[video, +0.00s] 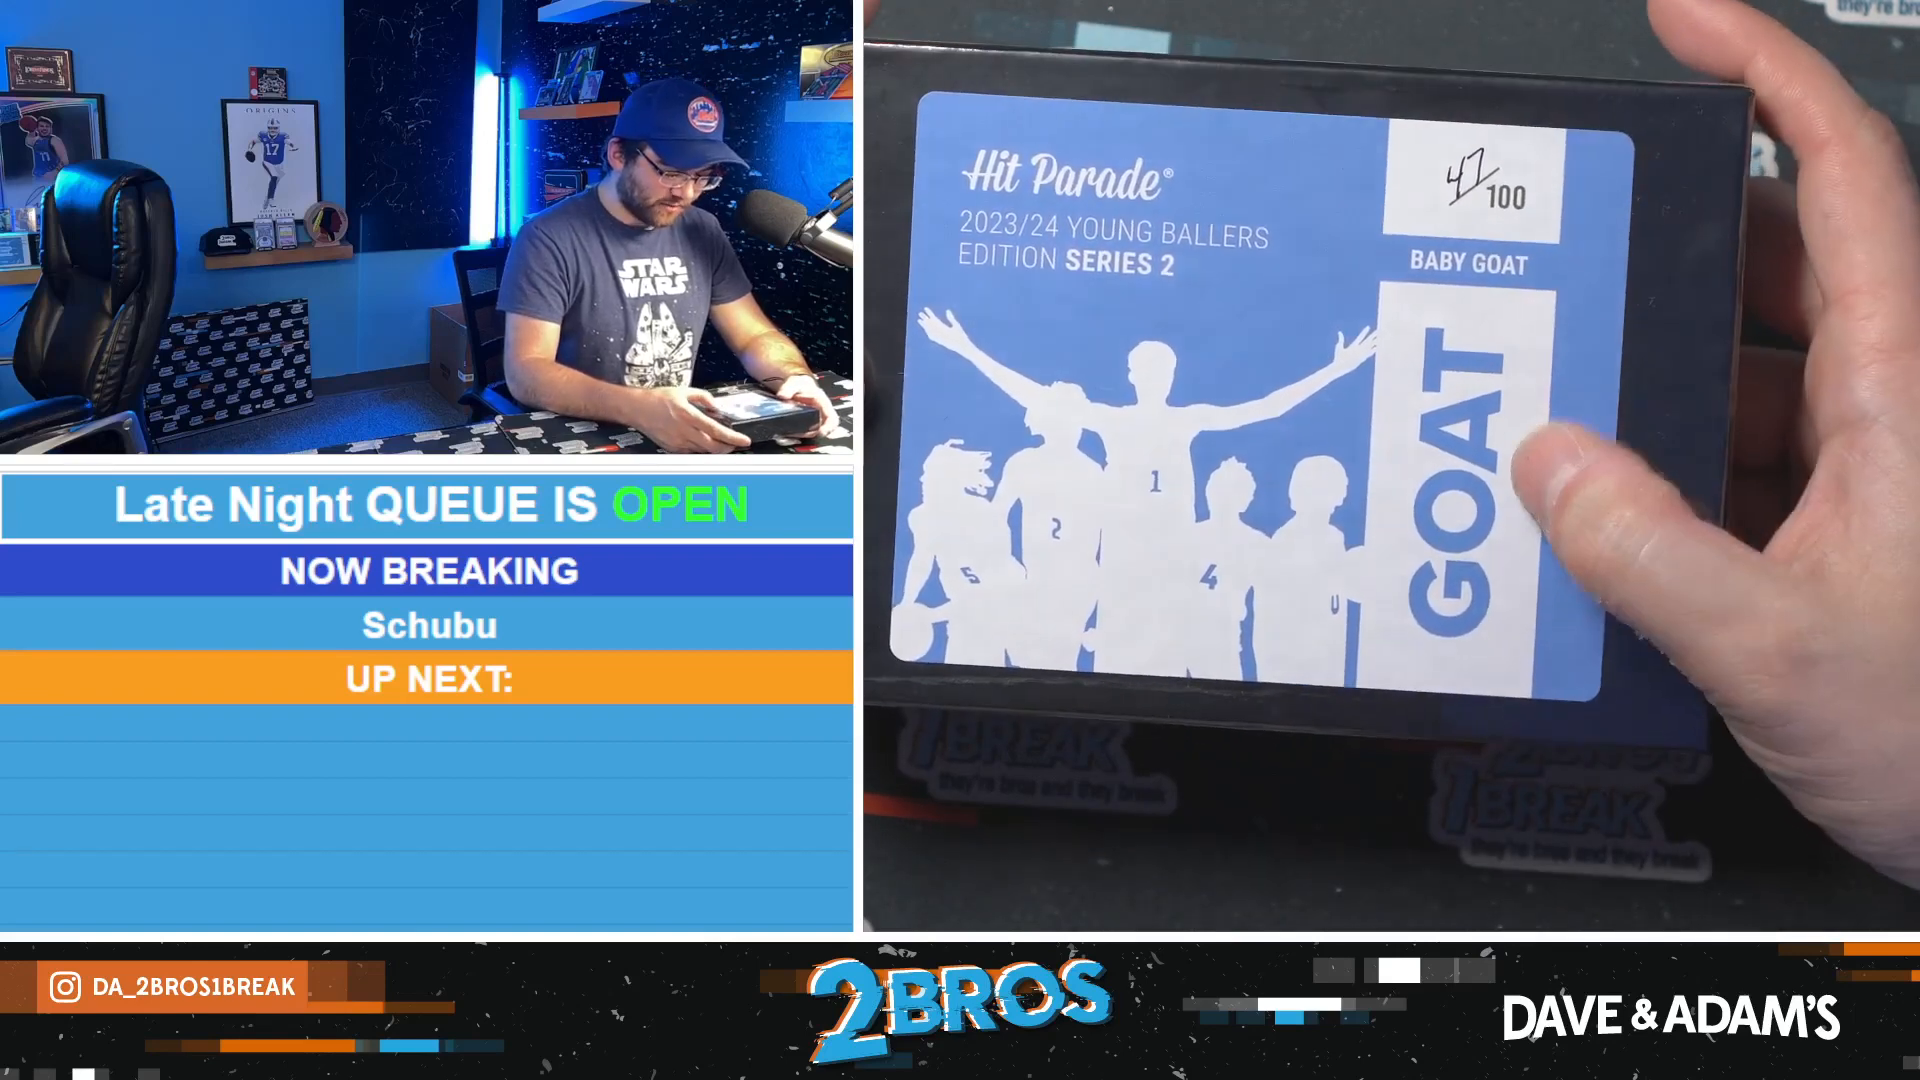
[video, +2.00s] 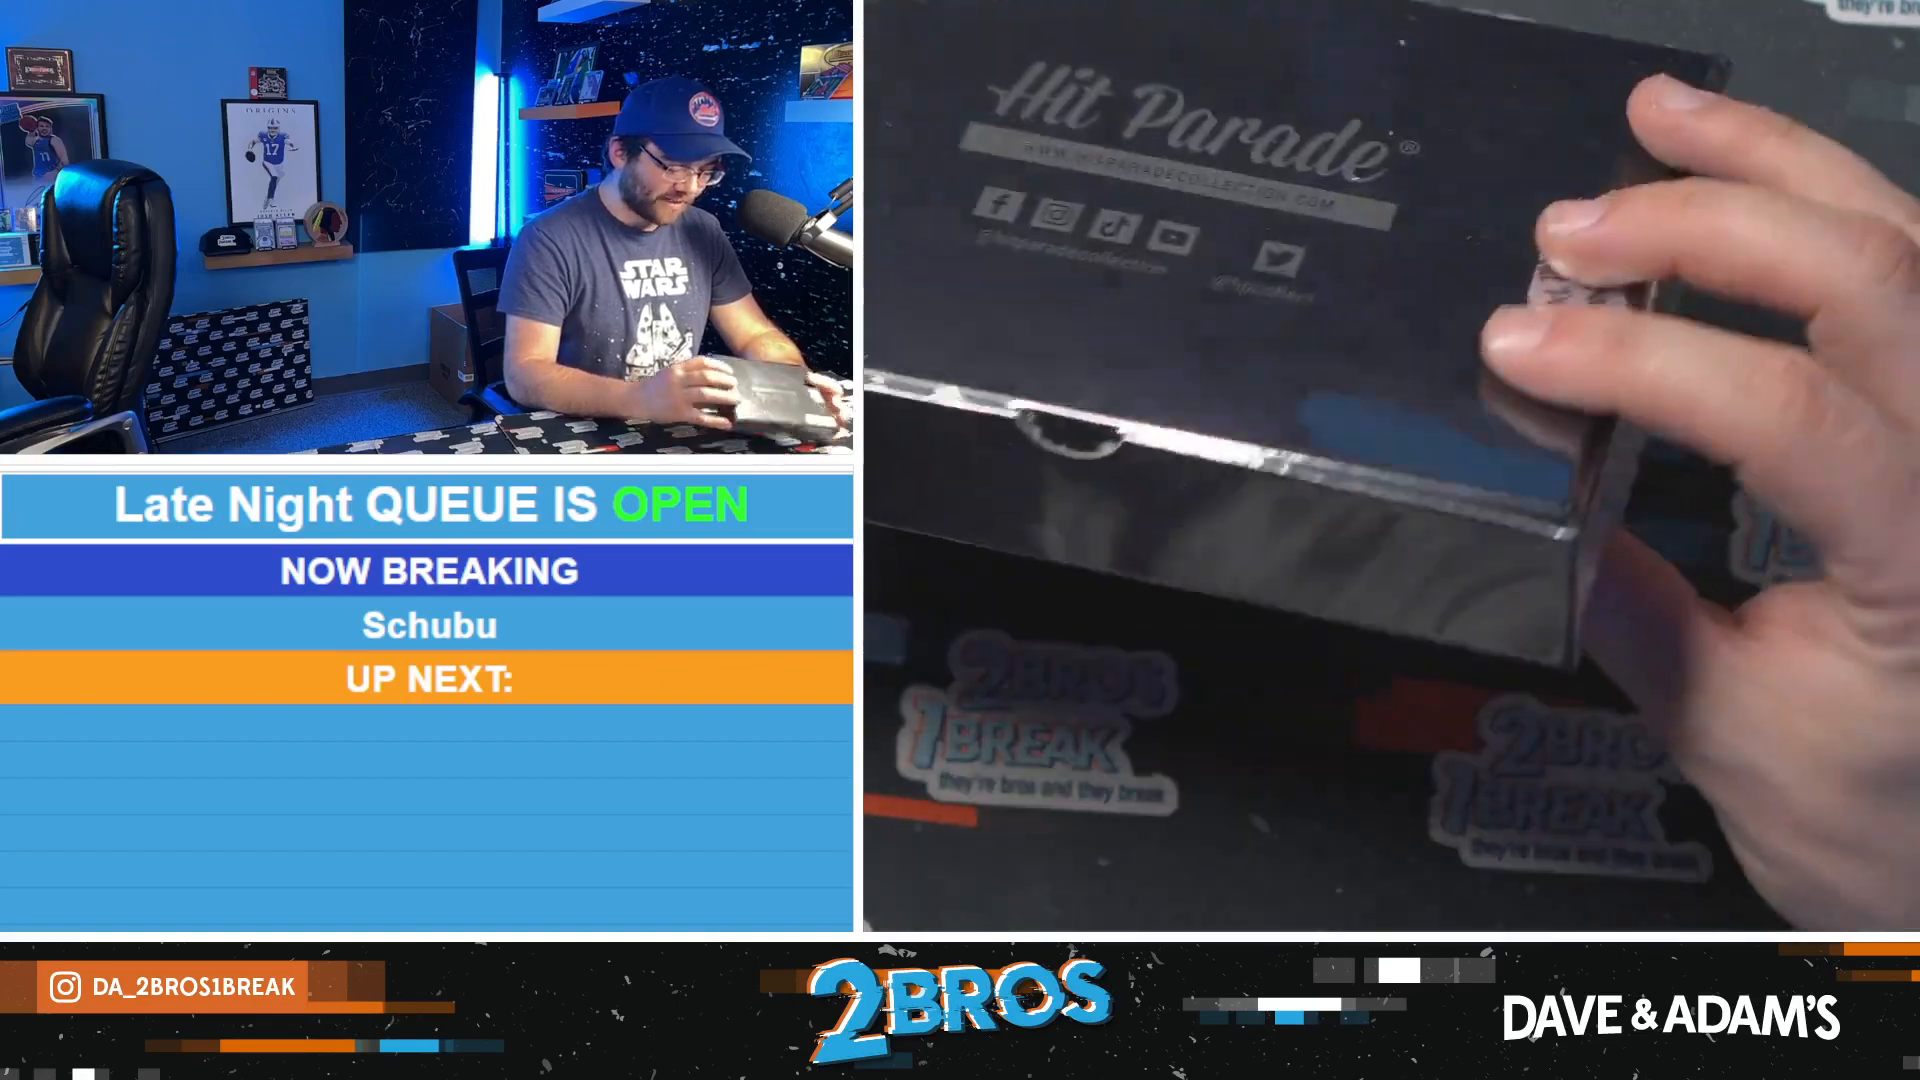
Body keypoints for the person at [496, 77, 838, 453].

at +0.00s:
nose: (686, 192)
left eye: (701, 175)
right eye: (670, 170)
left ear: (715, 171)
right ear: (618, 155)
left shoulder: (701, 232)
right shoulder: (553, 237)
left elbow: (756, 335)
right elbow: (528, 373)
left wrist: (795, 375)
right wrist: (641, 408)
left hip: (680, 460)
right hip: (576, 464)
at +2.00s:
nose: (689, 185)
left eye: (704, 169)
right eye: (673, 165)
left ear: (715, 169)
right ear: (620, 152)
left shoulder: (701, 232)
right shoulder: (552, 239)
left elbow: (755, 333)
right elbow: (527, 375)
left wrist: (797, 380)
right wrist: (641, 398)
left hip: (686, 457)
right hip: (581, 462)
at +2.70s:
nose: (659, 160)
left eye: (679, 145)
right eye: (642, 140)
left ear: (695, 157)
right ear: (605, 144)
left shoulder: (705, 231)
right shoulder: (552, 238)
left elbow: (757, 334)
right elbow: (523, 373)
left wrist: (793, 372)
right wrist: (612, 384)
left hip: (683, 449)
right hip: (577, 458)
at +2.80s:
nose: (648, 156)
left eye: (670, 141)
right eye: (631, 137)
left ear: (691, 155)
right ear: (602, 144)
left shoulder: (704, 230)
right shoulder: (548, 237)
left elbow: (762, 331)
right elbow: (515, 365)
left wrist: (795, 367)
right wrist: (565, 389)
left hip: (683, 456)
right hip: (580, 464)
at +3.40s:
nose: (604, 151)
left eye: (629, 137)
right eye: (599, 135)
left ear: (680, 153)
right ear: (590, 138)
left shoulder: (709, 233)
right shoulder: (551, 232)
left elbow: (775, 340)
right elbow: (520, 348)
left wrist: (753, 371)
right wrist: (535, 435)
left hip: (682, 448)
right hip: (582, 452)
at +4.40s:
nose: (652, 169)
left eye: (675, 154)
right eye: (637, 147)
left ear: (701, 160)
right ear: (613, 145)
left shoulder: (708, 236)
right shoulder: (552, 235)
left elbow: (771, 341)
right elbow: (503, 344)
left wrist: (760, 376)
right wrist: (509, 401)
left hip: (677, 456)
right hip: (570, 456)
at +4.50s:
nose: (665, 176)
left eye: (687, 161)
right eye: (650, 153)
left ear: (703, 167)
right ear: (614, 145)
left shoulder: (708, 235)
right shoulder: (550, 235)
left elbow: (771, 341)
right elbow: (501, 351)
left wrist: (759, 376)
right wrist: (548, 386)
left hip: (678, 457)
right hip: (575, 463)